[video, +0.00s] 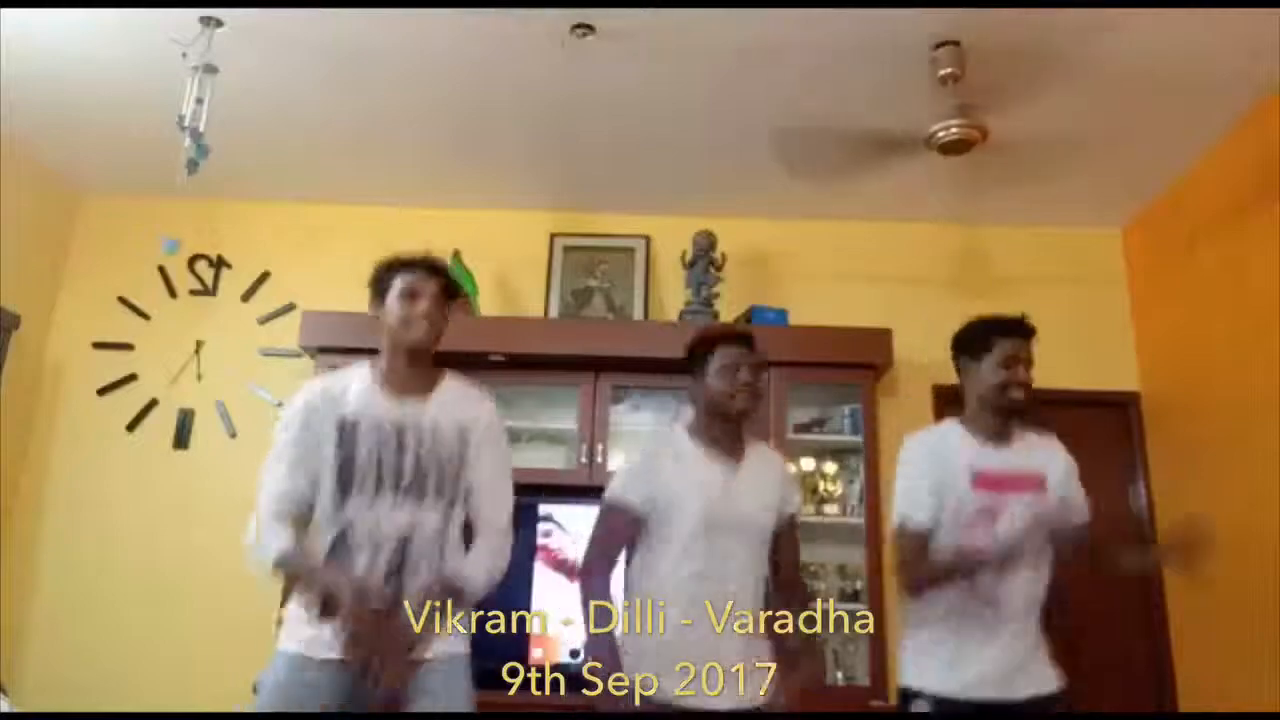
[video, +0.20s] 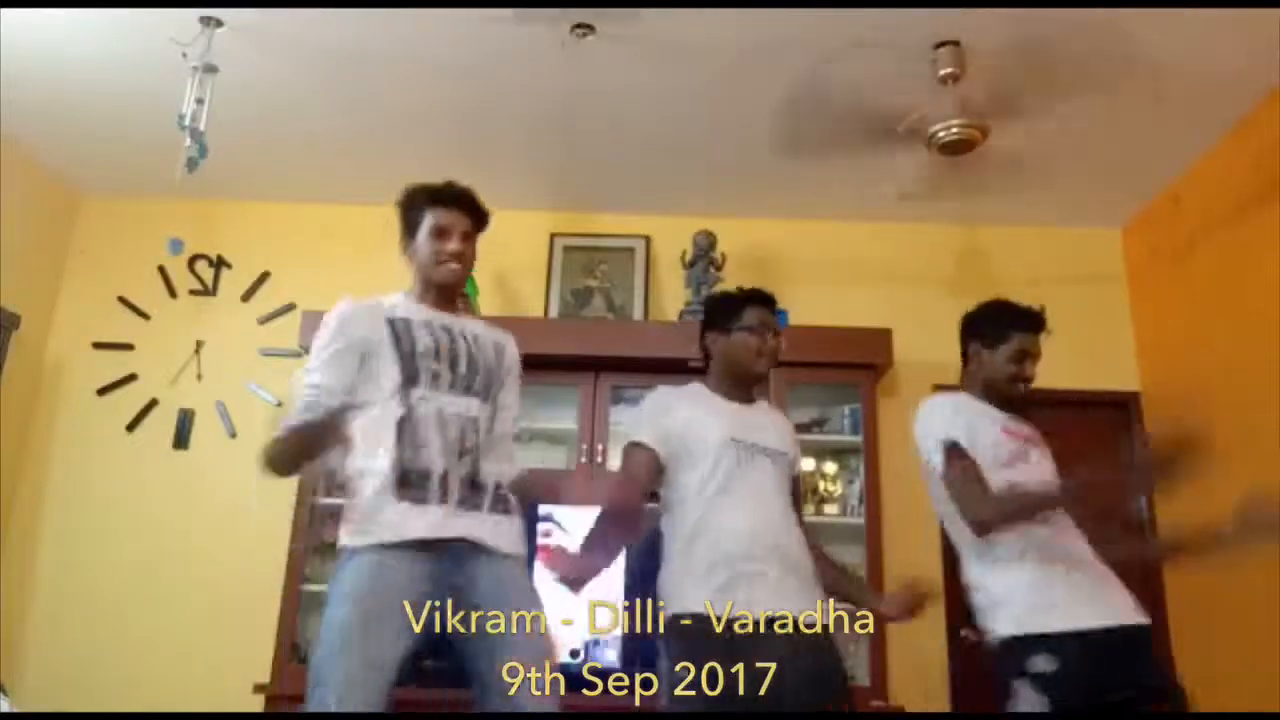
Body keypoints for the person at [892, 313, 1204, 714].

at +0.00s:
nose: (1022, 377)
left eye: (1027, 365)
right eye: (1008, 364)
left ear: (1033, 370)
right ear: (965, 370)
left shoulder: (1050, 455)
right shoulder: (926, 452)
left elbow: (1081, 553)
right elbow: (912, 575)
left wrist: (1155, 552)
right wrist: (995, 547)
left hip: (1028, 680)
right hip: (941, 686)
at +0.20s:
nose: (1030, 372)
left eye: (1034, 360)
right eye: (1019, 358)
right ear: (975, 353)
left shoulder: (1025, 432)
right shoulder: (942, 410)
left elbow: (1081, 544)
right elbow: (981, 513)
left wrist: (1221, 532)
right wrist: (1070, 492)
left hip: (1115, 625)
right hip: (1040, 632)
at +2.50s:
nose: (1063, 388)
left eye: (1083, 381)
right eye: (1058, 378)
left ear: (1115, 411)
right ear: (1047, 394)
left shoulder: (1132, 493)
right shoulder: (990, 448)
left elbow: (1265, 467)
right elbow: (888, 369)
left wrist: (1151, 409)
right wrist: (884, 256)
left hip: (1093, 700)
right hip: (986, 686)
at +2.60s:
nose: (1065, 390)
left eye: (1086, 384)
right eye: (1061, 381)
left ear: (1117, 415)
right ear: (1048, 397)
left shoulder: (1135, 495)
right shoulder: (986, 453)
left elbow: (1268, 461)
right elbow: (880, 376)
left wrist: (1152, 409)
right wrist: (914, 266)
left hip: (1096, 698)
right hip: (985, 688)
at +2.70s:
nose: (1063, 380)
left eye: (1085, 375)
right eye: (1061, 372)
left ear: (1119, 402)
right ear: (1050, 388)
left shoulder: (1139, 482)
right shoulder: (988, 442)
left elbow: (1268, 436)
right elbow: (873, 383)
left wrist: (1153, 395)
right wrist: (950, 300)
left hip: (1096, 692)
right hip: (989, 680)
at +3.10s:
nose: (1067, 362)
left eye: (1087, 357)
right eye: (1065, 354)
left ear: (1121, 385)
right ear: (1054, 370)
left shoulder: (1140, 464)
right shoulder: (993, 423)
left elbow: (1268, 419)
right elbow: (899, 334)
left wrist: (1158, 376)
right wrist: (920, 213)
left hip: (1101, 681)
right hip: (994, 669)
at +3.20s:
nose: (1073, 357)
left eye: (1093, 350)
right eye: (1070, 348)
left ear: (1129, 374)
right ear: (1061, 364)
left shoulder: (1145, 460)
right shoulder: (1001, 421)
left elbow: (1270, 423)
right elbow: (890, 357)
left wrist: (1168, 370)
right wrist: (934, 257)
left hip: (1106, 677)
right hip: (998, 664)